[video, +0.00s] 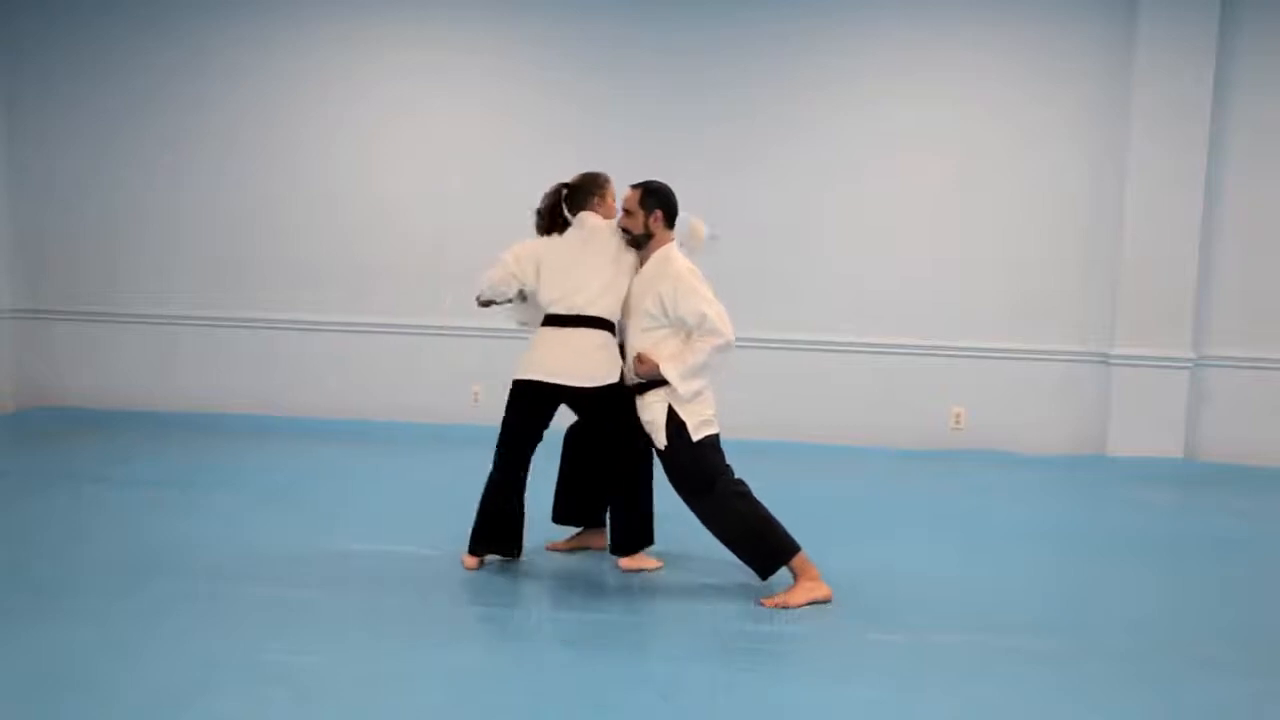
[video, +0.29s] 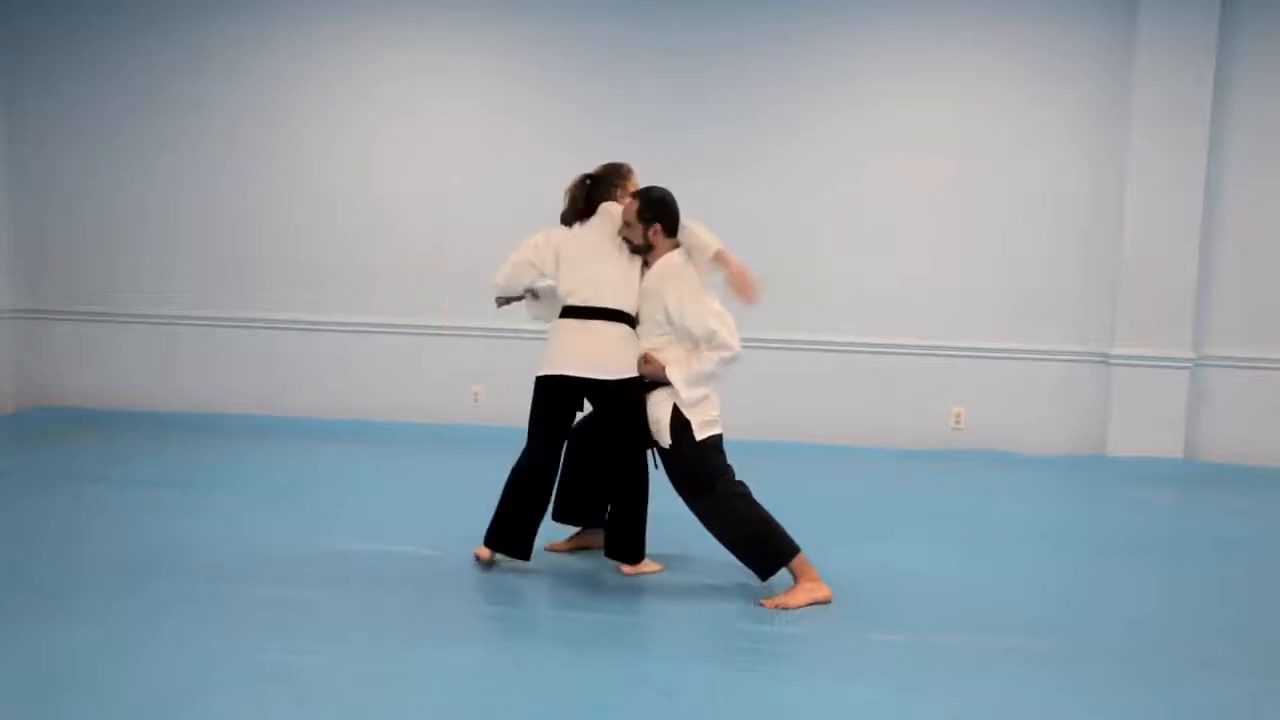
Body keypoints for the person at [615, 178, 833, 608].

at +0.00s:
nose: (620, 218)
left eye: (628, 212)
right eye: (622, 211)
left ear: (655, 219)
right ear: (654, 218)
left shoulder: (675, 270)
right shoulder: (641, 264)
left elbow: (717, 332)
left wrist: (665, 366)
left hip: (674, 401)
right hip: (638, 396)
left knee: (718, 491)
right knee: (584, 438)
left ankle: (808, 578)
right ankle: (594, 530)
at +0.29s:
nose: (622, 226)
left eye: (629, 221)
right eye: (624, 219)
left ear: (654, 230)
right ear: (658, 230)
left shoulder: (673, 274)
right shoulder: (650, 265)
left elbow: (726, 345)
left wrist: (671, 370)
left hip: (681, 406)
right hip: (651, 399)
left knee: (720, 495)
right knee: (589, 440)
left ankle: (808, 579)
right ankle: (593, 529)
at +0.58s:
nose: (573, 268)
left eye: (577, 259)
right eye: (570, 259)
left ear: (604, 251)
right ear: (601, 250)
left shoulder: (654, 280)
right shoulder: (605, 282)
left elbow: (713, 334)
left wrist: (661, 367)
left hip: (684, 399)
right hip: (641, 395)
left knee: (719, 490)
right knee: (595, 447)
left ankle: (805, 576)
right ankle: (598, 533)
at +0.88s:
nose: (528, 315)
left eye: (530, 307)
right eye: (522, 310)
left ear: (548, 287)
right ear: (546, 285)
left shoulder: (605, 296)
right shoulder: (553, 313)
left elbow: (671, 344)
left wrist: (624, 372)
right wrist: (580, 373)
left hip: (657, 376)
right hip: (615, 380)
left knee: (609, 448)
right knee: (575, 440)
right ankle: (590, 537)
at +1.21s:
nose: (484, 402)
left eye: (480, 397)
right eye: (477, 398)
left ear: (488, 378)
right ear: (487, 369)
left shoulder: (532, 358)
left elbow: (600, 395)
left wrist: (557, 420)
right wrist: (551, 414)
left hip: (625, 408)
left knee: (545, 471)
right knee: (565, 455)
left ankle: (568, 586)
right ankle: (586, 532)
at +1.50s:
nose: (470, 390)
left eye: (465, 384)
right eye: (462, 386)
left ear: (474, 364)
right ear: (474, 358)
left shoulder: (520, 343)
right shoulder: (499, 316)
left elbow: (596, 380)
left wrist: (556, 409)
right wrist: (551, 399)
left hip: (622, 378)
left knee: (555, 465)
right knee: (581, 457)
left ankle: (569, 585)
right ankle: (588, 531)